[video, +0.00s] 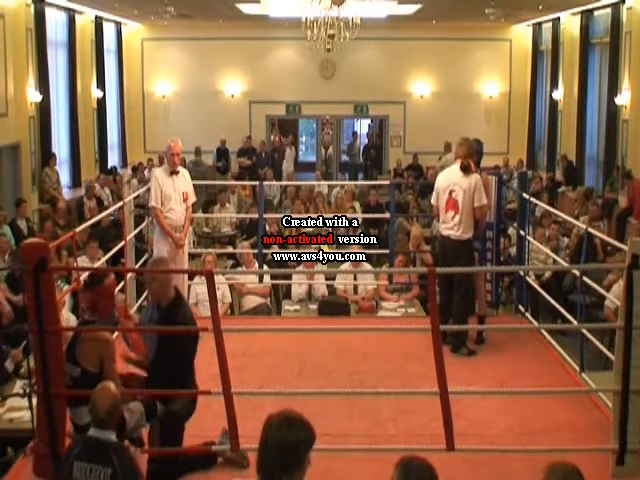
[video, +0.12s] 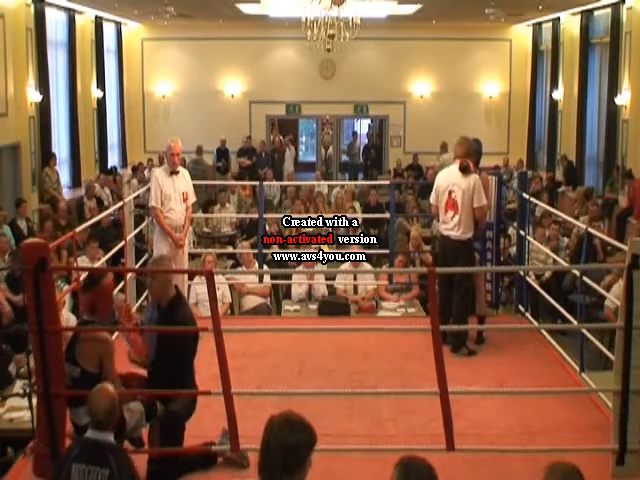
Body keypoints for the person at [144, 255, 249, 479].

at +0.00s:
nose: (148, 287)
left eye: (153, 280)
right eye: (147, 280)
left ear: (168, 281)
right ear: (150, 280)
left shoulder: (180, 320)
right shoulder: (160, 309)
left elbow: (170, 374)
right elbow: (157, 361)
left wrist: (146, 404)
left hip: (177, 396)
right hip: (162, 390)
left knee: (160, 470)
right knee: (160, 467)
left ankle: (216, 452)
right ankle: (215, 448)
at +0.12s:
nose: (148, 285)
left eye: (153, 278)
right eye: (148, 278)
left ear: (167, 280)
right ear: (150, 279)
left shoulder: (180, 318)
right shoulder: (159, 308)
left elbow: (172, 372)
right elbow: (152, 357)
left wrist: (147, 406)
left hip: (176, 397)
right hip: (161, 391)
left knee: (161, 469)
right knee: (158, 467)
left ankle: (216, 451)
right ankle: (215, 449)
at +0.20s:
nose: (149, 284)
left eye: (154, 278)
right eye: (148, 278)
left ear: (169, 279)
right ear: (151, 278)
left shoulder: (179, 318)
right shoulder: (160, 308)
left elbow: (169, 373)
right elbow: (148, 360)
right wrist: (135, 335)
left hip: (176, 396)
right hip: (162, 391)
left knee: (161, 469)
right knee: (158, 467)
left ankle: (217, 451)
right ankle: (215, 449)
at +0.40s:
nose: (149, 284)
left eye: (155, 278)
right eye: (149, 277)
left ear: (170, 278)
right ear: (148, 278)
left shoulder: (181, 319)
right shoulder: (159, 307)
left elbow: (165, 372)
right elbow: (146, 356)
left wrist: (140, 334)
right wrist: (134, 333)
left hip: (177, 396)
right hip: (160, 389)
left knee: (160, 470)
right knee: (161, 467)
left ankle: (217, 451)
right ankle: (215, 449)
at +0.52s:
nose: (149, 286)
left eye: (154, 280)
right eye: (147, 280)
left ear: (169, 280)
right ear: (148, 279)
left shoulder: (180, 318)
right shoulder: (158, 307)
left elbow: (171, 372)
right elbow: (141, 347)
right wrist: (133, 334)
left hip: (178, 396)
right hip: (161, 390)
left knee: (161, 470)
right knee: (159, 467)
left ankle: (217, 452)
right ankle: (215, 449)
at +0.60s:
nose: (149, 287)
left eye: (154, 281)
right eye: (148, 280)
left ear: (169, 280)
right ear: (146, 280)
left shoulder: (181, 319)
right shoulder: (158, 307)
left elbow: (170, 374)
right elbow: (143, 349)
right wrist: (132, 335)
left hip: (178, 396)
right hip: (160, 391)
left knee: (161, 469)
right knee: (159, 467)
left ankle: (217, 452)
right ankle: (215, 450)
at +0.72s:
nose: (149, 286)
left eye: (153, 280)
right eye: (147, 280)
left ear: (169, 280)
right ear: (146, 280)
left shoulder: (181, 319)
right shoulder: (158, 307)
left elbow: (169, 372)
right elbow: (149, 350)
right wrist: (133, 334)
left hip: (179, 395)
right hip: (160, 390)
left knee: (161, 469)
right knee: (159, 467)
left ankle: (217, 452)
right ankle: (215, 450)